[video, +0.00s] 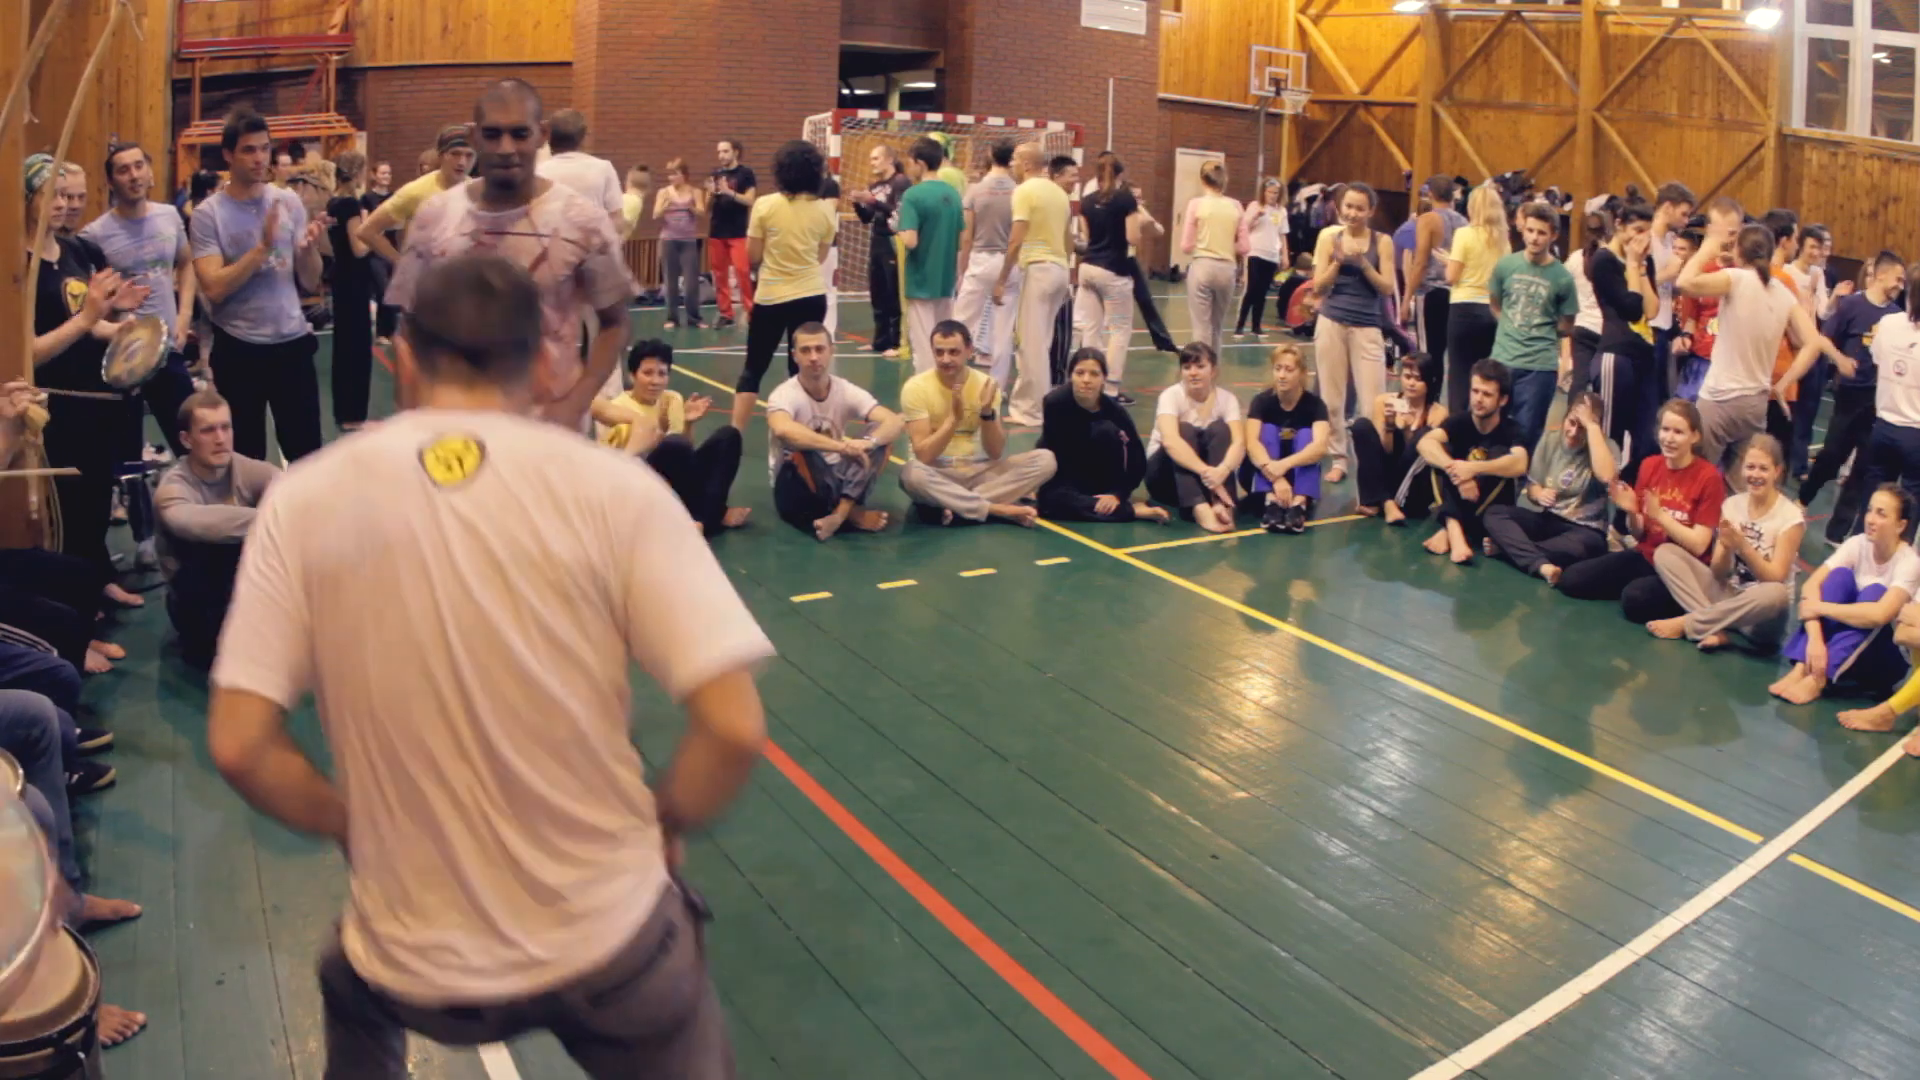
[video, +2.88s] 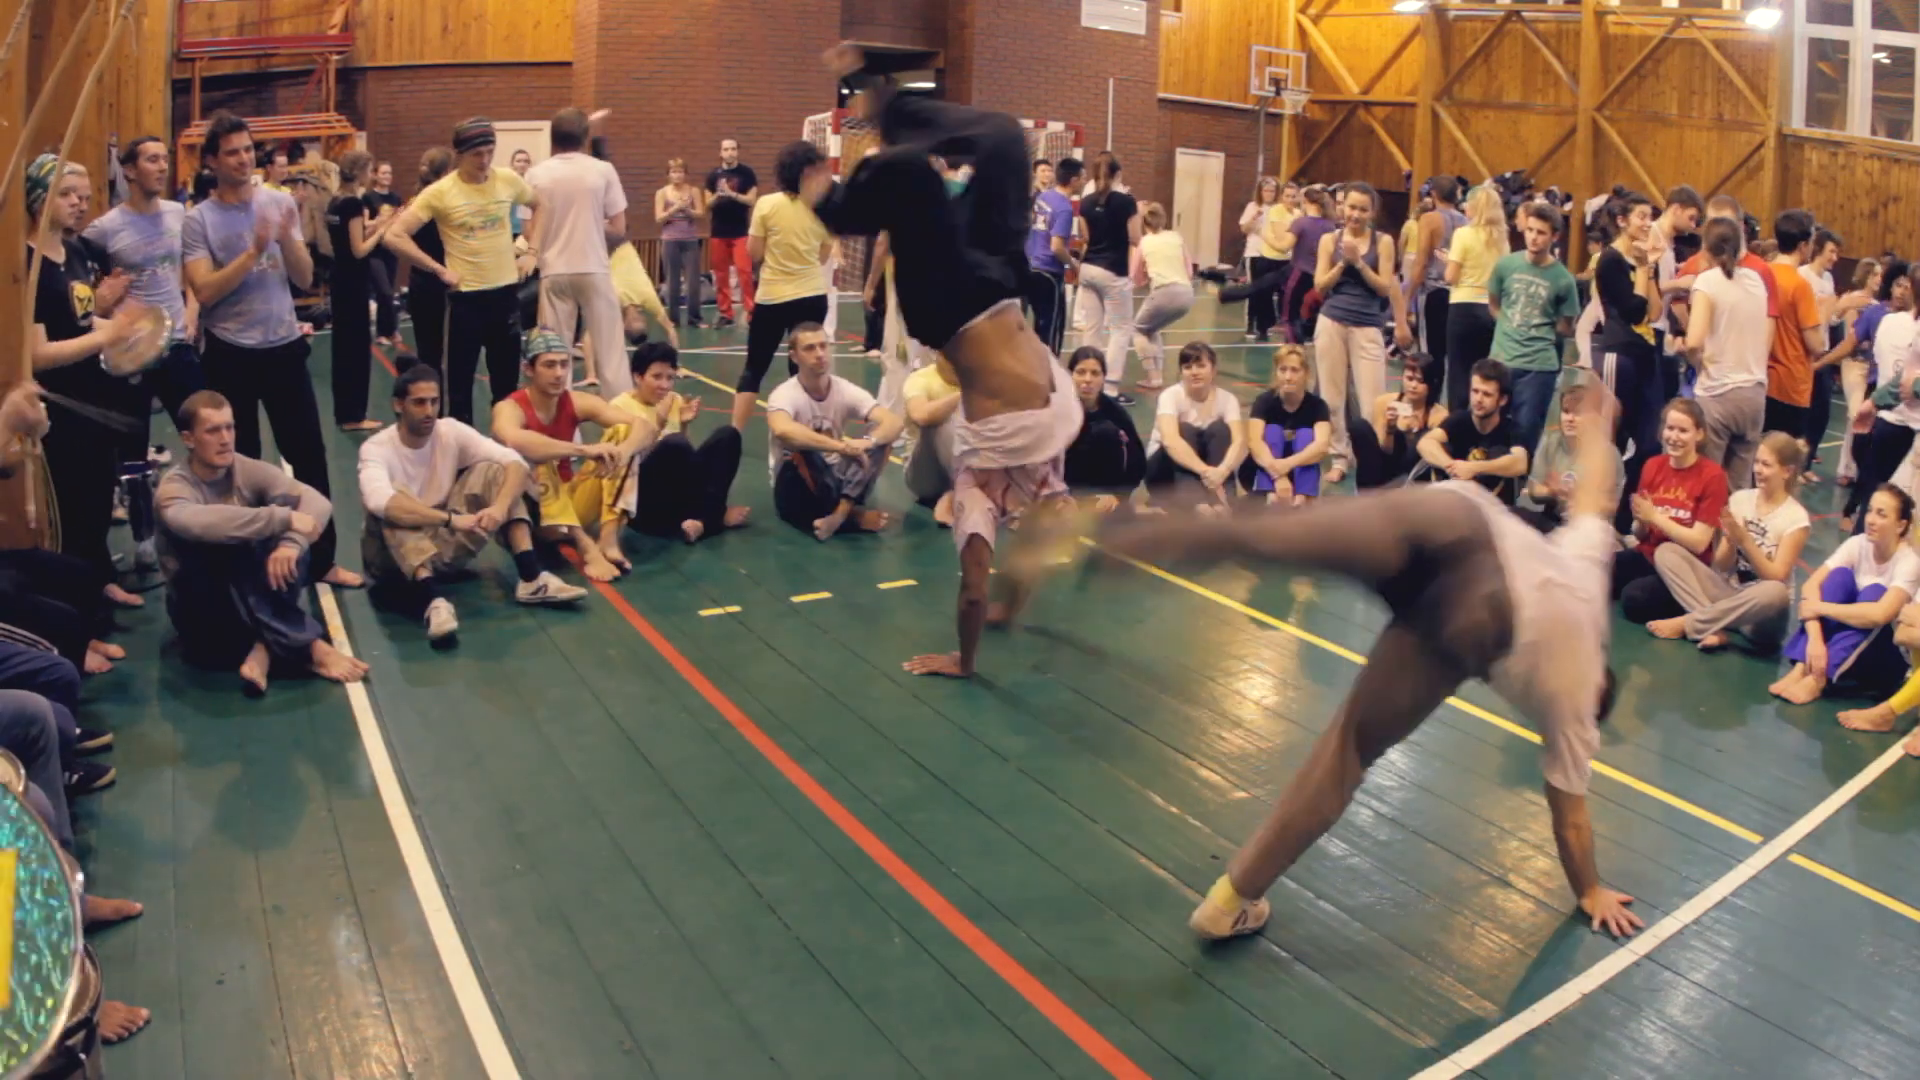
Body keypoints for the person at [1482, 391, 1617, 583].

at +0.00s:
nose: (1573, 433)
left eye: (1582, 428)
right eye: (1572, 423)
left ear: (1595, 429)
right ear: (1565, 418)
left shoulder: (1606, 447)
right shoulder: (1550, 439)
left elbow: (1606, 476)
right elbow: (1532, 486)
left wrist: (1592, 426)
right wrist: (1540, 494)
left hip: (1580, 528)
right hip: (1541, 517)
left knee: (1587, 545)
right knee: (1494, 513)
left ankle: (1509, 549)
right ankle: (1539, 565)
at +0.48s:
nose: (1571, 418)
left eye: (1580, 414)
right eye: (1568, 410)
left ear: (1593, 420)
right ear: (1561, 411)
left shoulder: (1601, 452)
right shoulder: (1548, 440)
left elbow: (1606, 488)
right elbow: (1530, 488)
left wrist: (1609, 439)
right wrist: (1536, 493)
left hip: (1579, 528)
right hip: (1539, 518)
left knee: (1578, 548)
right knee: (1494, 514)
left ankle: (1508, 549)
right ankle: (1539, 565)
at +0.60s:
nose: (1569, 417)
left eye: (1578, 412)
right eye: (1566, 409)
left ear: (1592, 417)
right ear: (1560, 411)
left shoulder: (1603, 451)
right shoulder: (1548, 440)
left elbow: (1608, 504)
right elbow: (1530, 488)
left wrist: (1611, 454)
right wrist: (1536, 493)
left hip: (1578, 528)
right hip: (1541, 518)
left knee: (1576, 548)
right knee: (1494, 514)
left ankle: (1508, 549)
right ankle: (1539, 566)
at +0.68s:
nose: (1568, 418)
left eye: (1576, 412)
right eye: (1565, 410)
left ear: (1591, 417)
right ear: (1559, 412)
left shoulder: (1605, 454)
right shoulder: (1548, 440)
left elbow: (1608, 508)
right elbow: (1530, 487)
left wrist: (1608, 467)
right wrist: (1536, 493)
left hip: (1580, 529)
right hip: (1542, 518)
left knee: (1575, 549)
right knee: (1494, 514)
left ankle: (1509, 549)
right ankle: (1539, 565)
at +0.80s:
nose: (1568, 420)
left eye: (1576, 415)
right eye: (1564, 412)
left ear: (1591, 419)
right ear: (1559, 413)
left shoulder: (1608, 456)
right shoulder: (1548, 442)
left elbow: (1615, 511)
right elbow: (1530, 489)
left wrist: (1597, 490)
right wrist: (1534, 494)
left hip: (1582, 529)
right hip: (1544, 518)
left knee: (1574, 549)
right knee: (1494, 514)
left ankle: (1509, 549)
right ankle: (1539, 566)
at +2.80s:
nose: (1570, 419)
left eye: (1578, 413)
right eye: (1566, 412)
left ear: (1593, 418)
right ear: (1560, 414)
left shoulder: (1607, 453)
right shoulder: (1549, 442)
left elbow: (1616, 505)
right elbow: (1534, 497)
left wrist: (1588, 501)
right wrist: (1538, 488)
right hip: (1551, 518)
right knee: (1511, 531)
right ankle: (1537, 566)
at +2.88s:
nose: (1570, 419)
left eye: (1578, 412)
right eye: (1565, 411)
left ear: (1593, 417)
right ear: (1559, 414)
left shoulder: (1608, 454)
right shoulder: (1550, 443)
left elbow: (1611, 505)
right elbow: (1534, 490)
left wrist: (1573, 498)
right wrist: (1552, 491)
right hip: (1551, 519)